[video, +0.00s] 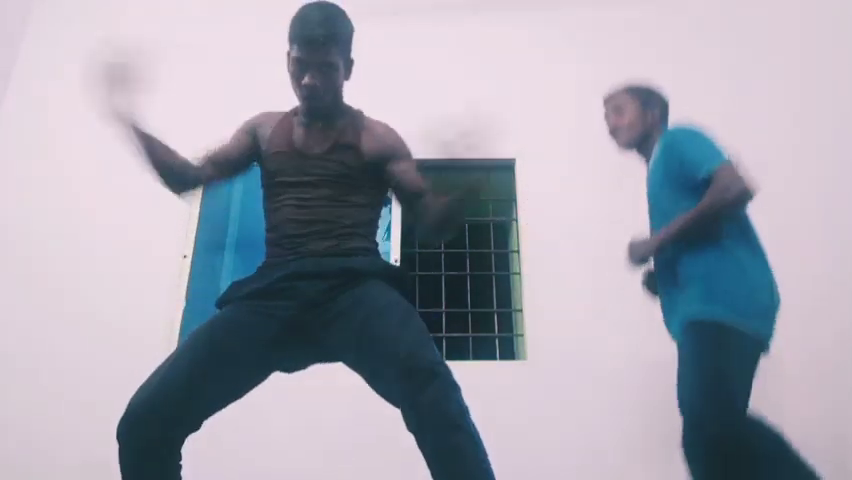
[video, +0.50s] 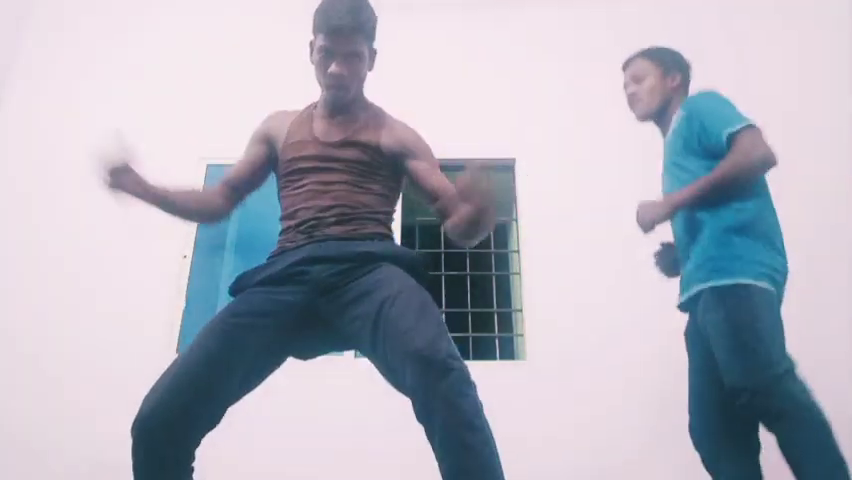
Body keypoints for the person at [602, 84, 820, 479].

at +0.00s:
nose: (611, 122)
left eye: (619, 111)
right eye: (607, 116)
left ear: (652, 111)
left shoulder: (678, 140)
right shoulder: (662, 170)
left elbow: (733, 186)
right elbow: (709, 235)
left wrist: (657, 241)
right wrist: (665, 272)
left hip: (723, 301)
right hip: (703, 309)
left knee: (710, 428)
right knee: (714, 429)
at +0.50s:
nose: (629, 91)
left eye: (638, 80)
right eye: (625, 85)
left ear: (673, 79)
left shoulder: (701, 106)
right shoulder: (677, 145)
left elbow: (757, 152)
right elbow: (727, 214)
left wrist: (670, 203)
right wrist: (683, 251)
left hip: (737, 276)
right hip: (704, 293)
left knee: (769, 390)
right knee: (715, 428)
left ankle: (830, 474)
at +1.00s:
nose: (624, 102)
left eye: (634, 92)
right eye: (621, 97)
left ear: (668, 96)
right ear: (621, 107)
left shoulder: (702, 129)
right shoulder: (642, 177)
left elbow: (766, 181)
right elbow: (683, 238)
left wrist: (684, 203)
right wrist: (650, 250)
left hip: (718, 296)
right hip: (673, 312)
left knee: (733, 424)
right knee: (702, 436)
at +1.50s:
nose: (558, 117)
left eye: (567, 107)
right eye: (558, 110)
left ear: (597, 111)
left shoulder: (621, 144)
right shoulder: (594, 173)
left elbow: (657, 194)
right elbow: (627, 249)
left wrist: (579, 222)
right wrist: (587, 276)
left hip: (640, 306)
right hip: (610, 318)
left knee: (679, 416)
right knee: (611, 443)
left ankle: (741, 475)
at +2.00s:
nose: (554, 118)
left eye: (562, 108)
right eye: (553, 111)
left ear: (593, 110)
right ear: (584, 114)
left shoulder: (633, 151)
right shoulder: (578, 188)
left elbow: (674, 207)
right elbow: (599, 261)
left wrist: (592, 241)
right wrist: (561, 266)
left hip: (632, 325)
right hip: (585, 329)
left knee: (631, 438)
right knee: (573, 447)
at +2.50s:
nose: (584, 130)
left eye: (593, 120)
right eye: (585, 123)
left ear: (623, 123)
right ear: (614, 126)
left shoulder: (647, 160)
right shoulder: (619, 183)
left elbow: (673, 214)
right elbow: (644, 267)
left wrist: (595, 238)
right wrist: (602, 278)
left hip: (655, 309)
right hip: (632, 314)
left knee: (656, 423)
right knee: (645, 423)